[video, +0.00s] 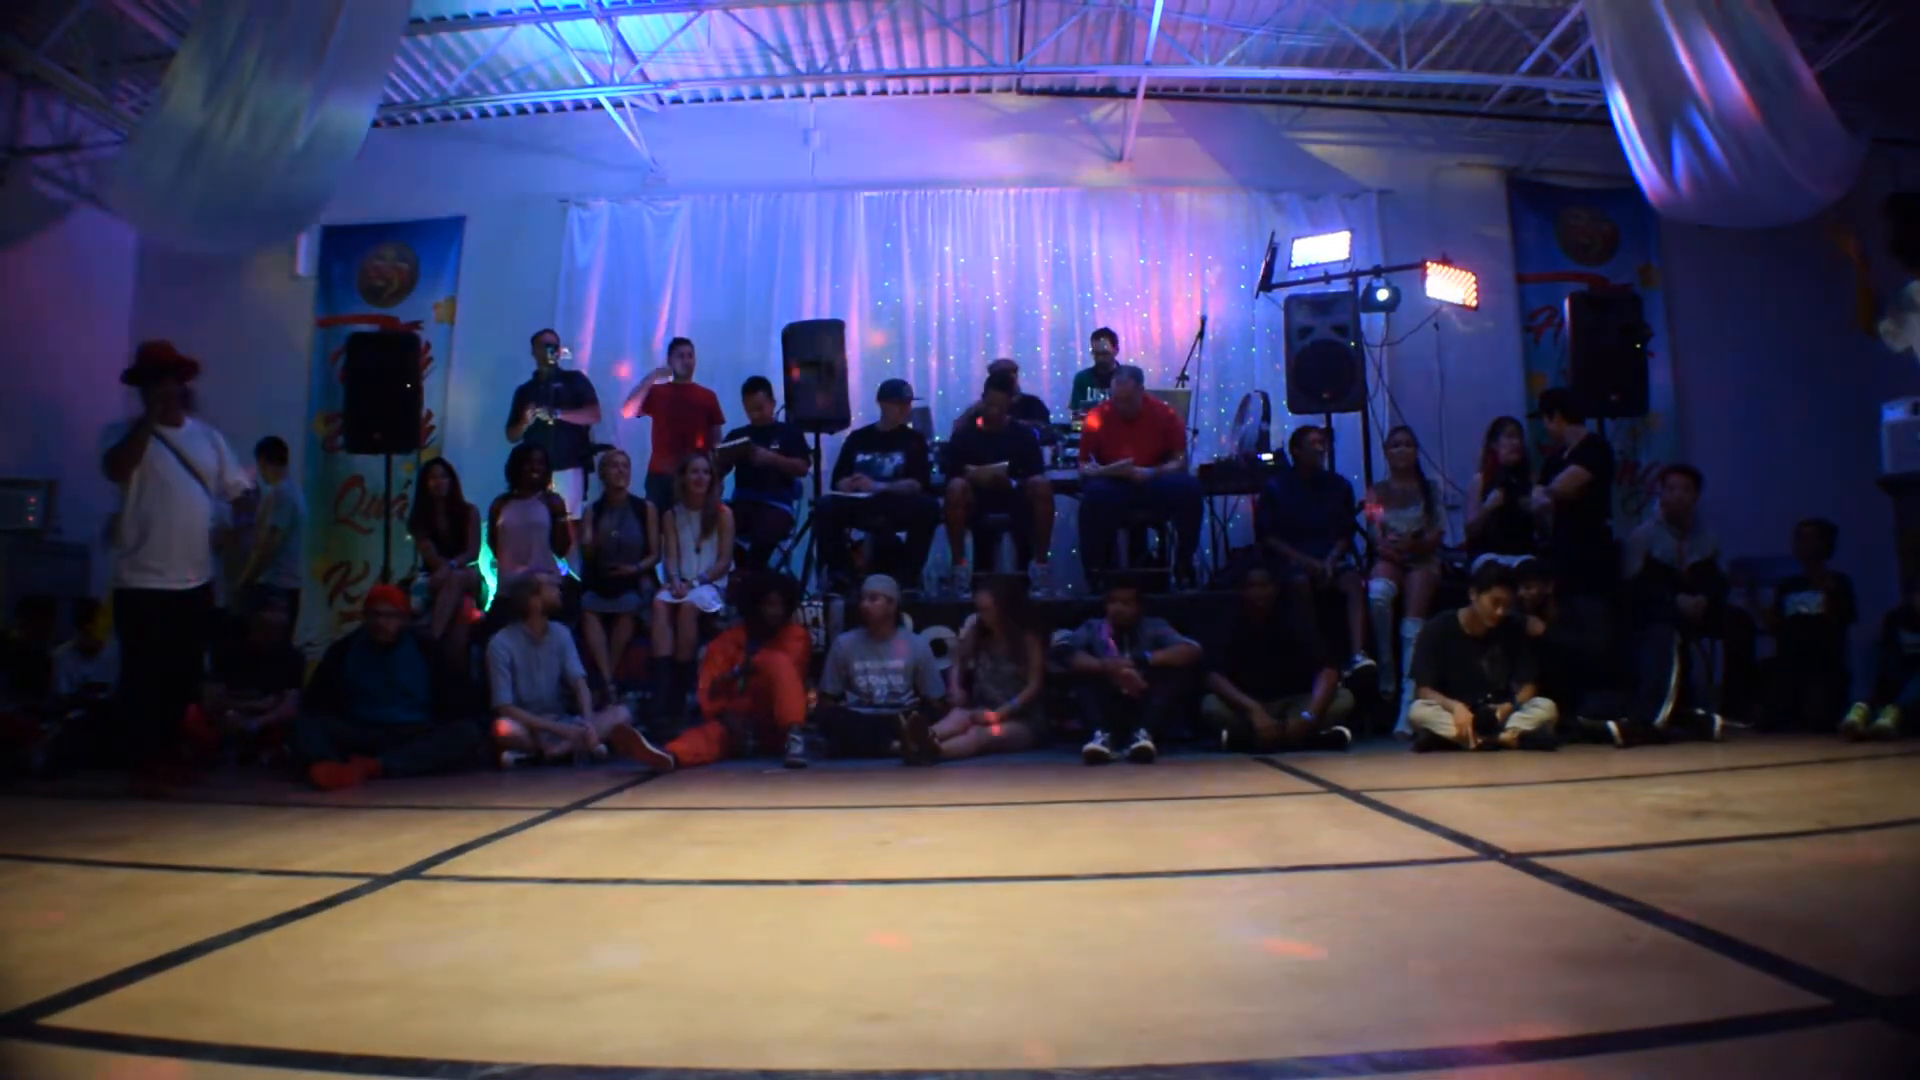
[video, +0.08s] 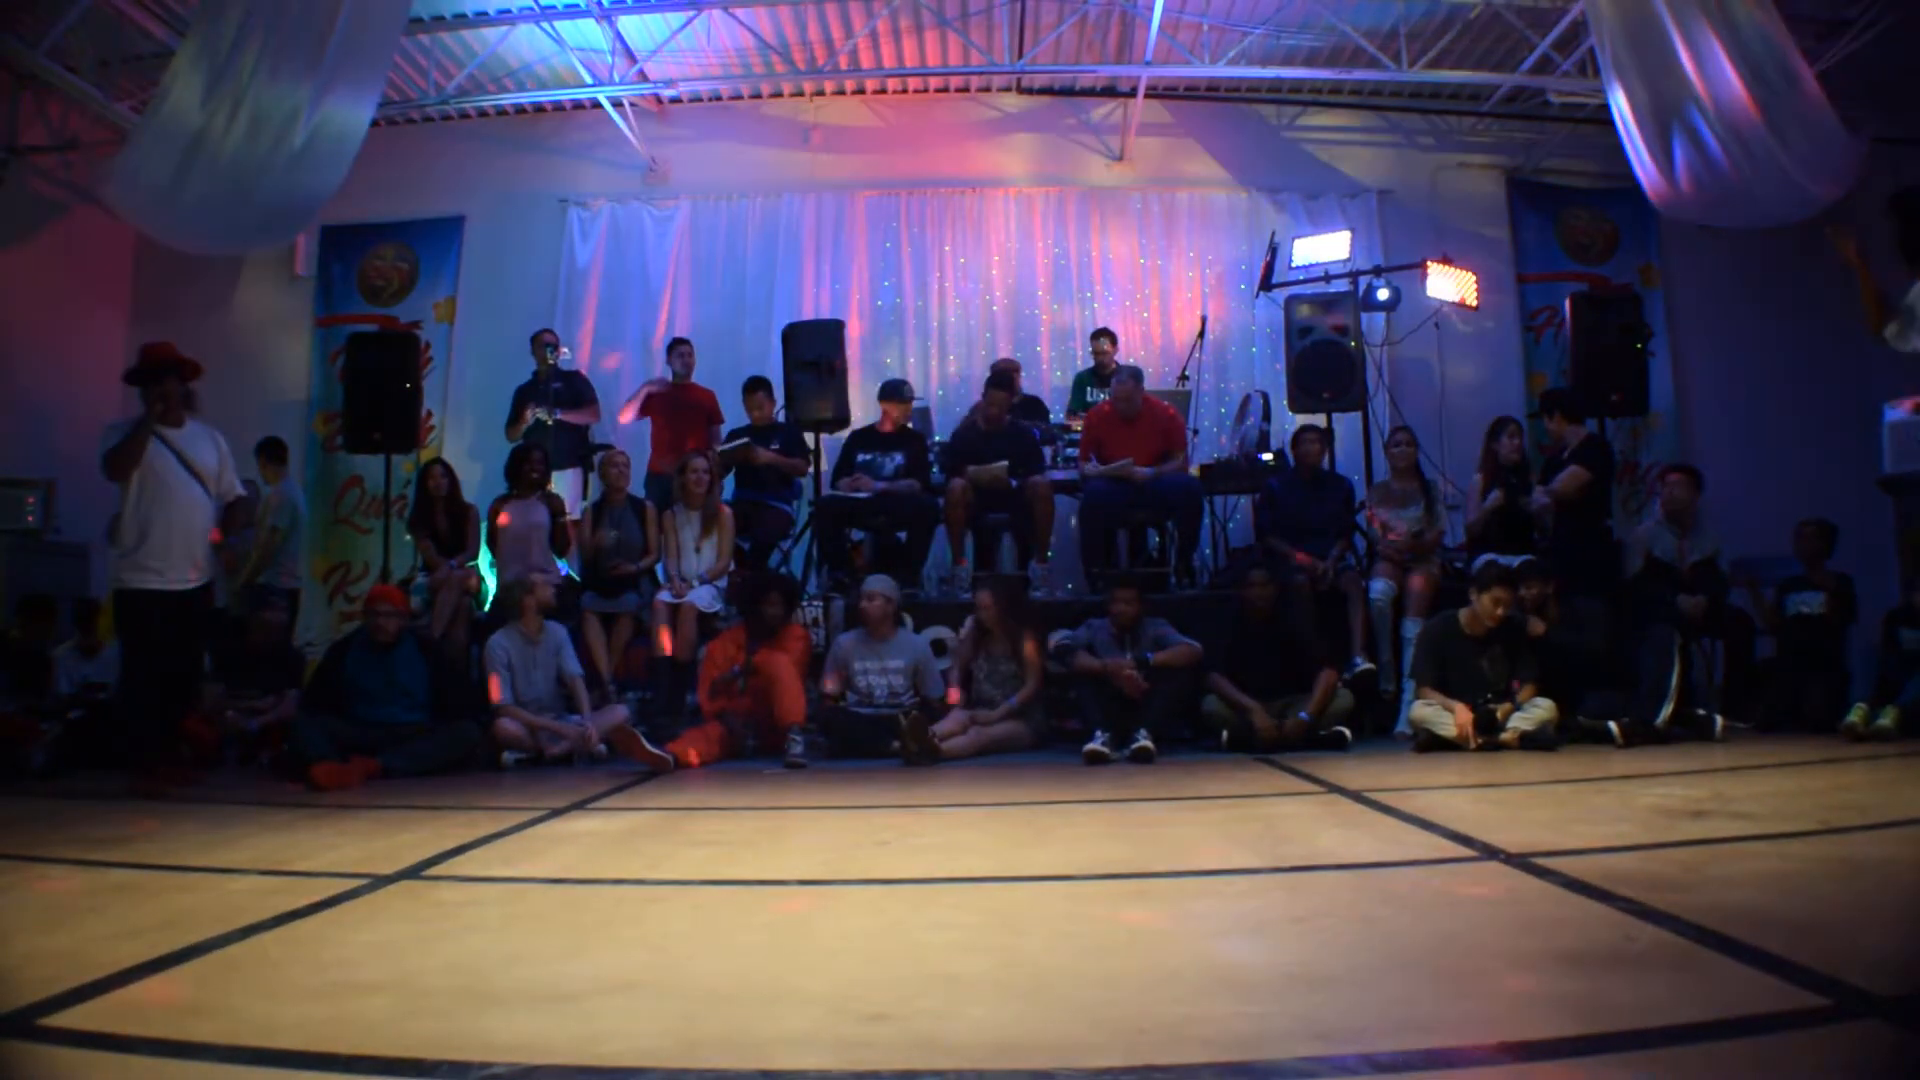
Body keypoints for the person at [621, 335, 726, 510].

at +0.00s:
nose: (686, 361)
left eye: (690, 356)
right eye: (680, 356)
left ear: (695, 360)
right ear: (669, 361)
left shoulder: (707, 397)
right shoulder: (657, 392)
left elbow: (716, 440)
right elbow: (628, 412)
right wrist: (653, 377)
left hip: (695, 478)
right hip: (661, 475)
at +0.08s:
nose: (686, 360)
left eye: (689, 355)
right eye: (679, 356)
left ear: (694, 359)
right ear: (669, 360)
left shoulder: (707, 396)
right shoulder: (657, 394)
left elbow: (716, 440)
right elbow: (624, 418)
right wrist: (646, 389)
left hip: (695, 478)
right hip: (661, 475)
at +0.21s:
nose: (684, 360)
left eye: (687, 355)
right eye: (678, 355)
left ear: (692, 359)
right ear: (667, 360)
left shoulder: (704, 396)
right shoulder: (652, 394)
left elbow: (714, 440)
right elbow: (625, 427)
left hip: (693, 476)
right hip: (659, 474)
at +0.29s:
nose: (683, 360)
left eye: (686, 355)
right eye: (676, 355)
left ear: (691, 359)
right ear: (665, 360)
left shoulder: (703, 396)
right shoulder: (650, 394)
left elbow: (713, 438)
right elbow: (629, 430)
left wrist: (715, 477)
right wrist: (644, 424)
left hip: (692, 477)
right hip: (658, 474)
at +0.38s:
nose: (680, 360)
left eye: (683, 355)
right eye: (674, 355)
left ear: (688, 359)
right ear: (663, 361)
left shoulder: (701, 395)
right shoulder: (648, 395)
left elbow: (711, 437)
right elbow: (633, 432)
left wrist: (715, 474)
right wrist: (647, 443)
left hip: (693, 478)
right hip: (657, 476)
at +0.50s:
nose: (677, 361)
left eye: (680, 355)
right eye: (671, 356)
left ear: (685, 360)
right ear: (659, 361)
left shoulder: (699, 395)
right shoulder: (646, 396)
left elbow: (709, 435)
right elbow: (635, 434)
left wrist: (712, 470)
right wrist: (644, 462)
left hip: (691, 477)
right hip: (656, 477)